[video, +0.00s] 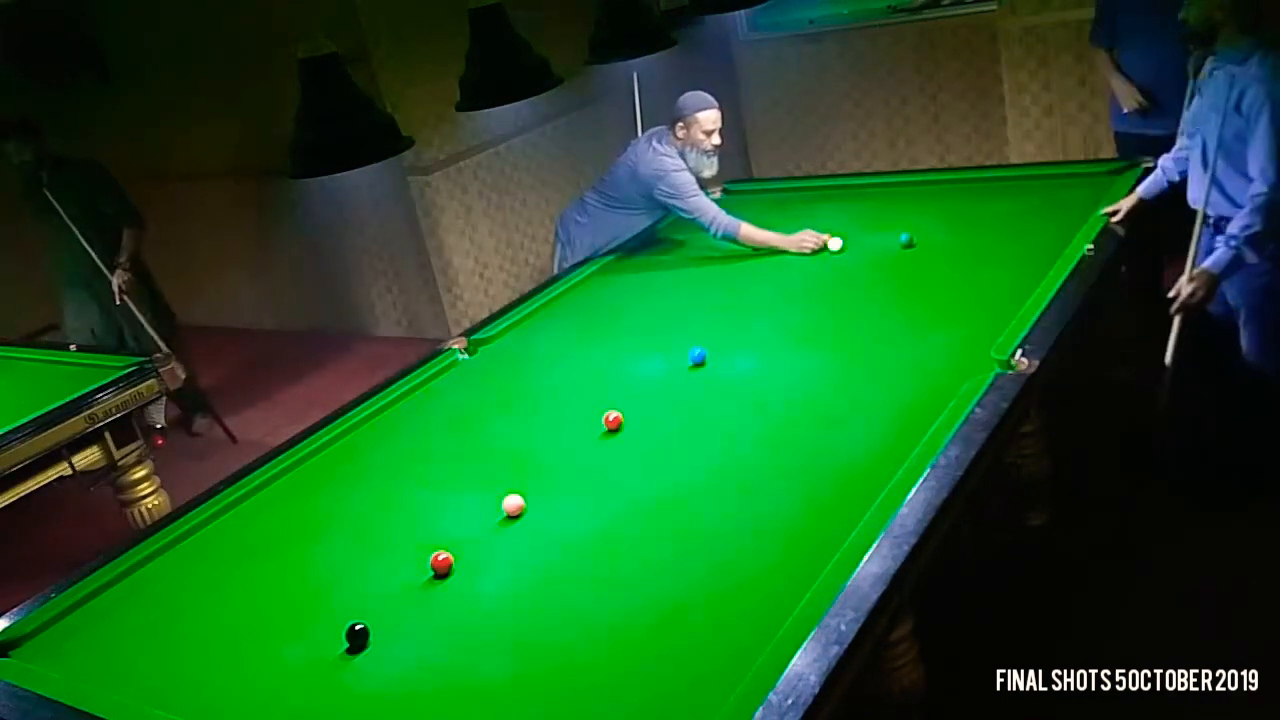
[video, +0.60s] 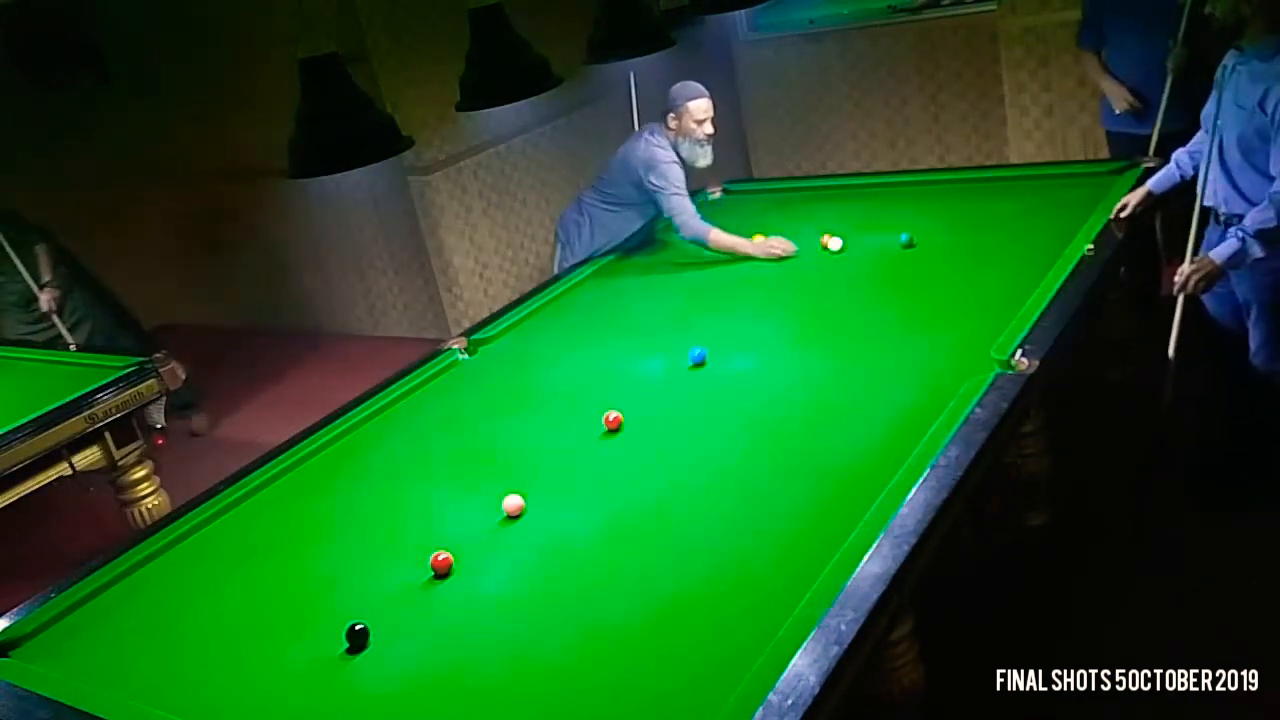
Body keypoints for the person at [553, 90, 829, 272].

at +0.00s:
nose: (716, 141)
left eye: (718, 132)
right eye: (708, 133)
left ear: (684, 129)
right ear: (680, 131)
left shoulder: (668, 137)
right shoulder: (663, 166)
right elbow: (718, 223)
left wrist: (699, 183)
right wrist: (786, 241)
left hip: (625, 232)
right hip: (586, 240)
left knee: (616, 311)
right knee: (578, 318)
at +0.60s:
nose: (709, 130)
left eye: (710, 121)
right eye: (699, 123)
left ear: (674, 121)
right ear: (672, 123)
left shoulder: (663, 136)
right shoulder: (658, 158)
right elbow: (689, 227)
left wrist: (697, 192)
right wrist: (753, 247)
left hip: (621, 231)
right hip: (587, 238)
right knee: (576, 317)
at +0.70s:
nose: (698, 119)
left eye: (699, 110)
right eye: (687, 111)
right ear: (660, 112)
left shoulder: (651, 134)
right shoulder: (646, 148)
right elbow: (662, 223)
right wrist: (720, 253)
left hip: (614, 232)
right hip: (587, 239)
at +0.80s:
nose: (679, 106)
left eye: (680, 96)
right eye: (668, 98)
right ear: (642, 99)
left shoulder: (645, 129)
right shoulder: (629, 136)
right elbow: (620, 211)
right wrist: (668, 255)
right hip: (587, 237)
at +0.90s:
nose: (656, 95)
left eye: (658, 86)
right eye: (645, 88)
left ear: (660, 84)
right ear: (621, 90)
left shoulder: (636, 123)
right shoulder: (605, 130)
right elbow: (578, 201)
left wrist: (640, 189)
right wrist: (618, 255)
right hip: (581, 242)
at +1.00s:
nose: (634, 87)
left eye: (635, 78)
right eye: (622, 80)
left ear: (638, 77)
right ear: (598, 83)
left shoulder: (627, 120)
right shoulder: (580, 128)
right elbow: (551, 196)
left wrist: (631, 190)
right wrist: (572, 250)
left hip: (611, 236)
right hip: (578, 245)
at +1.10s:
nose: (609, 84)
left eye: (610, 75)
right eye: (597, 77)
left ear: (614, 76)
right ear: (574, 81)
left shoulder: (605, 115)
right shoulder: (559, 126)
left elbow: (597, 168)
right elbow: (530, 193)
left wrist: (626, 189)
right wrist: (548, 254)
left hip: (608, 239)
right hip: (575, 253)